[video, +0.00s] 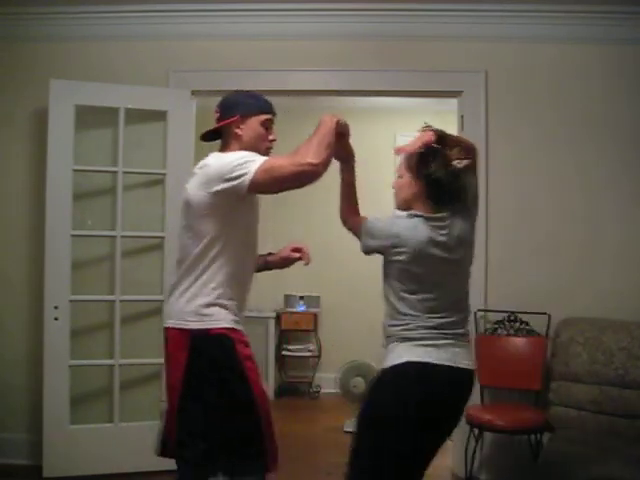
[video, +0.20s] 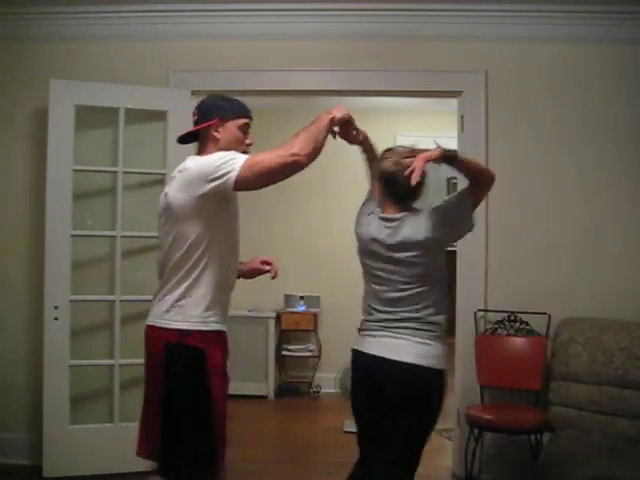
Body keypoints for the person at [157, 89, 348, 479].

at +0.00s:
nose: (273, 134)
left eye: (273, 126)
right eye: (265, 124)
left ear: (237, 130)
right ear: (235, 126)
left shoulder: (224, 176)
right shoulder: (220, 166)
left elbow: (216, 261)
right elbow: (306, 167)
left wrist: (270, 261)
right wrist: (328, 127)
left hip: (203, 328)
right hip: (206, 329)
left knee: (200, 452)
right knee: (250, 454)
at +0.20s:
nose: (248, 140)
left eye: (249, 132)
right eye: (242, 130)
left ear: (211, 133)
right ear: (214, 130)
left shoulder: (190, 177)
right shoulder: (200, 170)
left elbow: (186, 263)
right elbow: (297, 154)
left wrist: (240, 270)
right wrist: (329, 117)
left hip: (183, 333)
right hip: (188, 337)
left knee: (182, 459)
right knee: (193, 461)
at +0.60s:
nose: (253, 149)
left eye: (252, 141)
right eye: (246, 140)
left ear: (219, 145)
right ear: (220, 143)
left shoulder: (208, 187)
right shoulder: (200, 181)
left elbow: (185, 270)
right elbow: (288, 183)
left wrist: (234, 285)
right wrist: (335, 147)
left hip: (210, 345)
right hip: (179, 345)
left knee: (222, 458)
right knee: (162, 461)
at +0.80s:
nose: (285, 142)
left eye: (284, 133)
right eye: (279, 132)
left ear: (251, 135)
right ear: (255, 133)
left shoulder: (223, 175)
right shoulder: (235, 174)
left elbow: (212, 259)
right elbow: (263, 234)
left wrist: (259, 281)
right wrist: (342, 229)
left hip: (208, 328)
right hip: (214, 332)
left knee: (208, 452)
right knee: (236, 456)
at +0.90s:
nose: (302, 142)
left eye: (302, 133)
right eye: (298, 131)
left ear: (264, 134)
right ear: (274, 131)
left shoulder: (235, 177)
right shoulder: (257, 178)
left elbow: (230, 256)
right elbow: (291, 254)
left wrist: (276, 278)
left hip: (213, 322)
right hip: (231, 328)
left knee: (208, 449)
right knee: (274, 453)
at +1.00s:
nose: (323, 148)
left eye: (322, 138)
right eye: (319, 136)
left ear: (285, 138)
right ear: (298, 136)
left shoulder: (245, 182)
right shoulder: (284, 186)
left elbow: (235, 258)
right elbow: (336, 267)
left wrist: (290, 282)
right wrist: (412, 308)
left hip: (222, 327)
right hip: (251, 333)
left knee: (213, 454)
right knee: (293, 459)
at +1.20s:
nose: (366, 171)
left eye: (366, 161)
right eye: (366, 161)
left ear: (326, 158)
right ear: (356, 159)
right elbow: (422, 281)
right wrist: (500, 310)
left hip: (254, 340)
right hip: (291, 344)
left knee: (294, 461)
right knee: (341, 460)